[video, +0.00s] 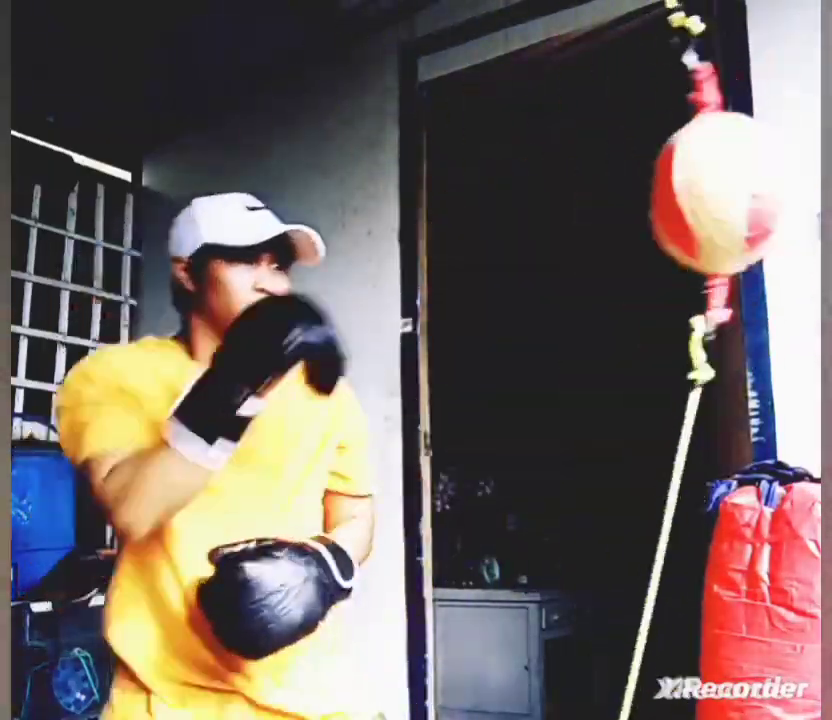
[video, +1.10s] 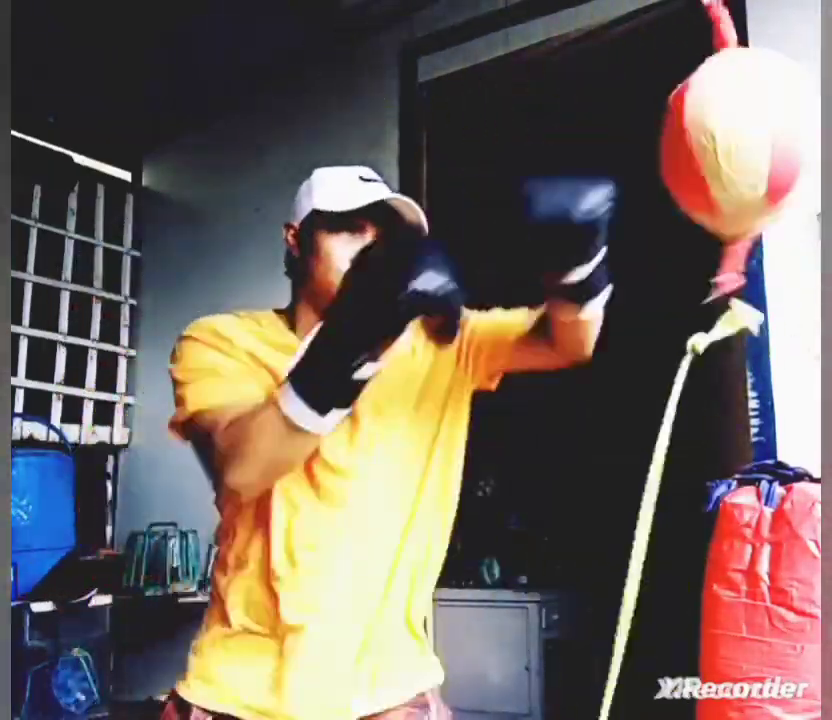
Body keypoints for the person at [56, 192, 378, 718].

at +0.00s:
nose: (271, 280)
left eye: (278, 264)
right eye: (247, 260)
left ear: (290, 273)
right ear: (187, 275)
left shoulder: (324, 390)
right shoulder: (111, 376)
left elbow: (355, 517)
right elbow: (131, 511)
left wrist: (321, 568)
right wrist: (231, 391)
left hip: (306, 696)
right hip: (164, 692)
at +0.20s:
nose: (374, 307)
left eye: (378, 292)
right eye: (357, 281)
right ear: (294, 279)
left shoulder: (351, 435)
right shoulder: (201, 330)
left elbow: (347, 552)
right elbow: (245, 412)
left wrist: (340, 609)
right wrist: (415, 347)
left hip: (302, 690)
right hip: (176, 685)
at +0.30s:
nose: (422, 344)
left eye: (423, 329)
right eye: (408, 318)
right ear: (348, 310)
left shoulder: (359, 454)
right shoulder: (214, 368)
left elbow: (342, 589)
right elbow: (144, 522)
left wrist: (337, 645)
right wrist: (313, 486)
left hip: (269, 703)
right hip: (154, 694)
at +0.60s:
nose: (388, 341)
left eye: (400, 323)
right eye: (375, 314)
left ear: (408, 334)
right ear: (315, 303)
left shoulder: (362, 457)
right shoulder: (173, 373)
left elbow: (338, 575)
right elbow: (110, 529)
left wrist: (323, 633)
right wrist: (270, 461)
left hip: (270, 702)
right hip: (139, 699)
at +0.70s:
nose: (337, 305)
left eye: (350, 295)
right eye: (320, 276)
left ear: (356, 315)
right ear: (263, 274)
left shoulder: (354, 406)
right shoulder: (138, 380)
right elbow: (105, 547)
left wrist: (387, 531)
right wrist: (222, 452)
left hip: (306, 702)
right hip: (162, 698)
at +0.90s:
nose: (345, 267)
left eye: (356, 253)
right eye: (323, 244)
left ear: (365, 270)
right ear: (268, 251)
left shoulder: (390, 359)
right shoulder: (183, 366)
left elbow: (507, 417)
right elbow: (177, 523)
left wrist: (565, 346)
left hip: (382, 692)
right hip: (232, 696)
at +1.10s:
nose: (370, 248)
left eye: (383, 231)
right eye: (347, 229)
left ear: (404, 246)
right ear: (296, 244)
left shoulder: (448, 339)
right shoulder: (223, 342)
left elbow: (570, 346)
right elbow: (240, 470)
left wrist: (577, 265)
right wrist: (346, 344)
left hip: (392, 696)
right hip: (238, 695)